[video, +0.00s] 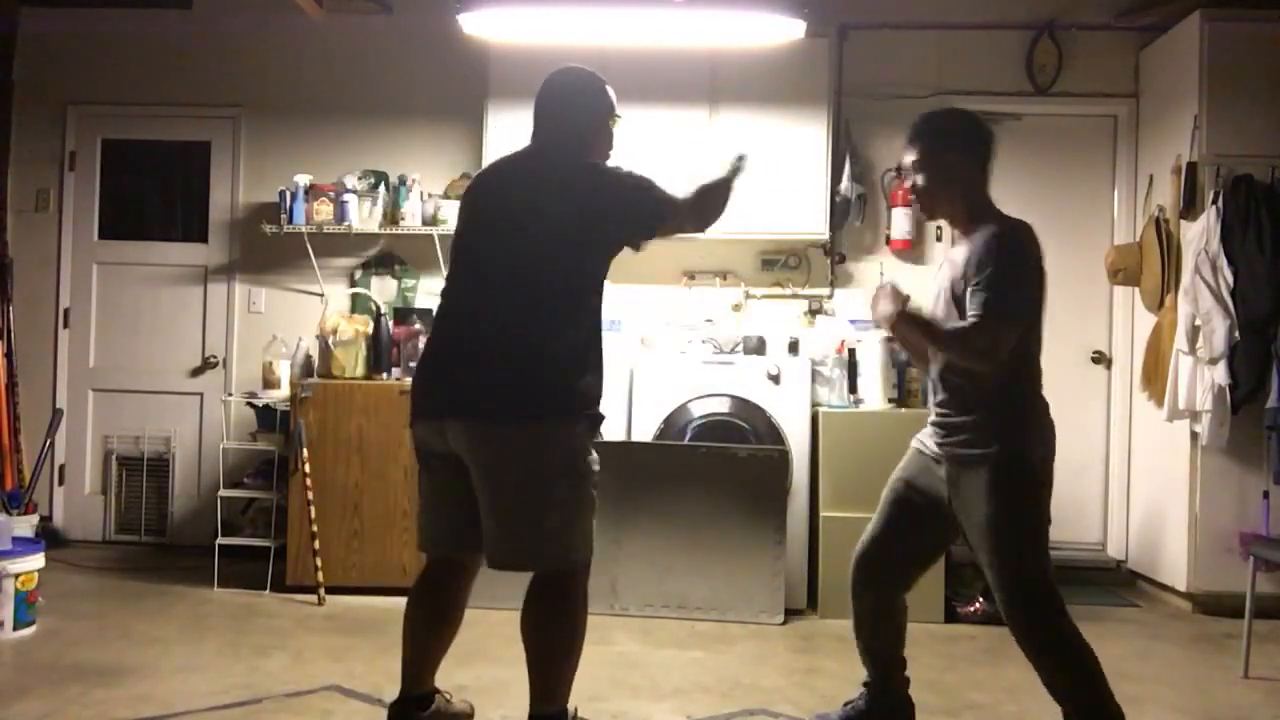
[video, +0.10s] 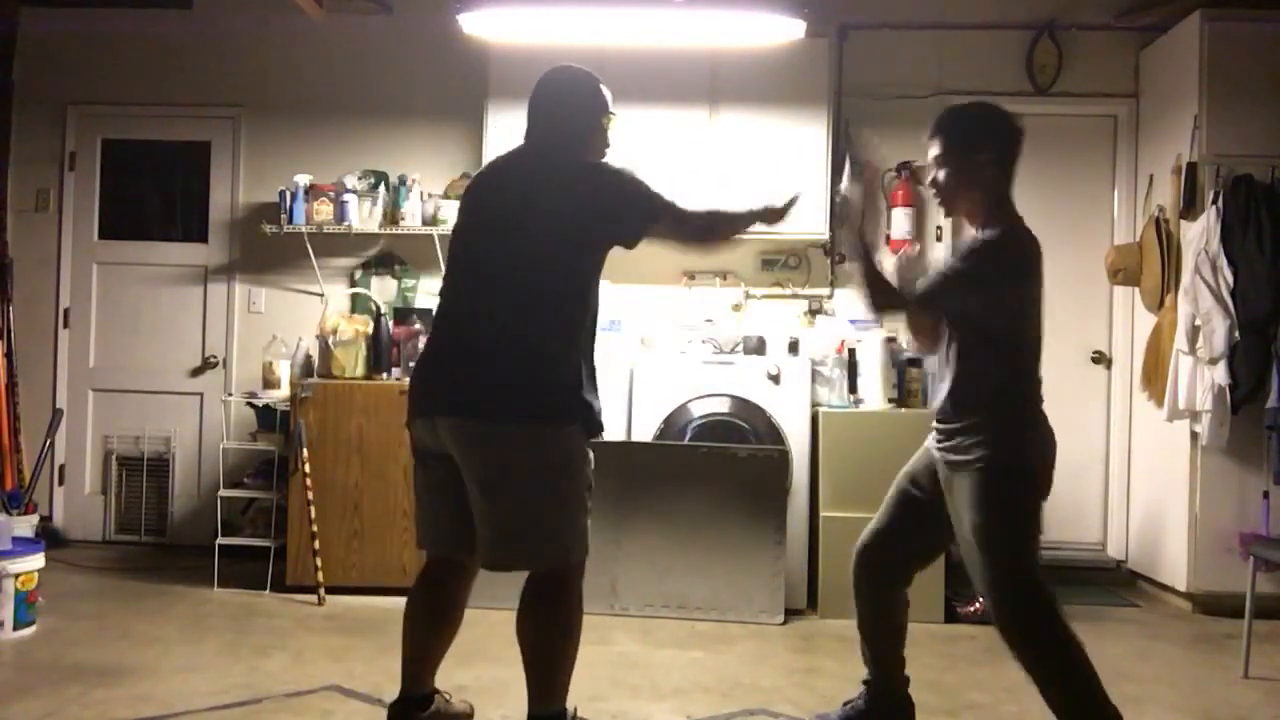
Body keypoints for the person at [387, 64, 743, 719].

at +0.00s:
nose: (614, 135)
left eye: (614, 123)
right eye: (610, 122)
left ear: (541, 119)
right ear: (592, 122)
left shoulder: (486, 181)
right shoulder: (601, 186)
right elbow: (693, 214)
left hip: (440, 398)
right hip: (535, 406)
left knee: (450, 556)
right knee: (563, 562)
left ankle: (413, 699)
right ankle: (550, 711)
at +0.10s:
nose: (611, 132)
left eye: (609, 119)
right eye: (605, 119)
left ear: (536, 119)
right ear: (585, 121)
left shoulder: (485, 182)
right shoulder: (595, 183)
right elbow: (693, 229)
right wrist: (759, 217)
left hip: (437, 395)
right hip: (529, 405)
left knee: (450, 556)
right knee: (556, 564)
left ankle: (413, 699)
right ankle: (548, 714)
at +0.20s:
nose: (603, 131)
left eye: (602, 118)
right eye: (596, 117)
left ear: (530, 118)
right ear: (570, 120)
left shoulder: (489, 181)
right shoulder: (574, 192)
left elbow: (574, 247)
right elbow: (645, 271)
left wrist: (611, 182)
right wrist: (697, 288)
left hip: (440, 395)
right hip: (527, 404)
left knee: (451, 556)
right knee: (556, 560)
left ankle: (412, 701)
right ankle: (547, 712)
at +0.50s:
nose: (612, 130)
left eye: (611, 116)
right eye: (604, 116)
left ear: (541, 115)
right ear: (573, 115)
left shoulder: (505, 182)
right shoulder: (557, 176)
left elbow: (559, 289)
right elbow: (650, 205)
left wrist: (632, 279)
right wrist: (731, 192)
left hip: (448, 397)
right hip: (525, 404)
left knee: (454, 556)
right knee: (559, 558)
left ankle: (412, 696)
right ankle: (547, 712)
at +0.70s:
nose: (617, 136)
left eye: (617, 121)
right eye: (611, 120)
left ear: (545, 115)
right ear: (583, 119)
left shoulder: (499, 177)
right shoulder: (590, 183)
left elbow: (523, 261)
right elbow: (675, 250)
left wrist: (598, 259)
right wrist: (741, 266)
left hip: (442, 392)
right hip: (528, 402)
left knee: (452, 548)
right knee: (555, 560)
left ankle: (402, 689)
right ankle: (548, 713)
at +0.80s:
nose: (601, 139)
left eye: (602, 125)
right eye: (595, 124)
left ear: (531, 119)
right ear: (563, 123)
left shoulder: (485, 181)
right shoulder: (569, 193)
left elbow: (558, 269)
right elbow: (589, 295)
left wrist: (610, 220)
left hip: (438, 390)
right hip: (527, 398)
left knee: (438, 547)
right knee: (557, 558)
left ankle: (377, 693)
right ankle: (549, 713)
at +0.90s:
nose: (583, 141)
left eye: (583, 128)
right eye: (576, 127)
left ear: (515, 123)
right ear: (548, 126)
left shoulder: (468, 185)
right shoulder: (554, 194)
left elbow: (570, 268)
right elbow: (577, 304)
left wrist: (631, 224)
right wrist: (591, 375)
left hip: (420, 396)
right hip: (514, 401)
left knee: (416, 556)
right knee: (549, 561)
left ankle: (357, 700)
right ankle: (548, 713)